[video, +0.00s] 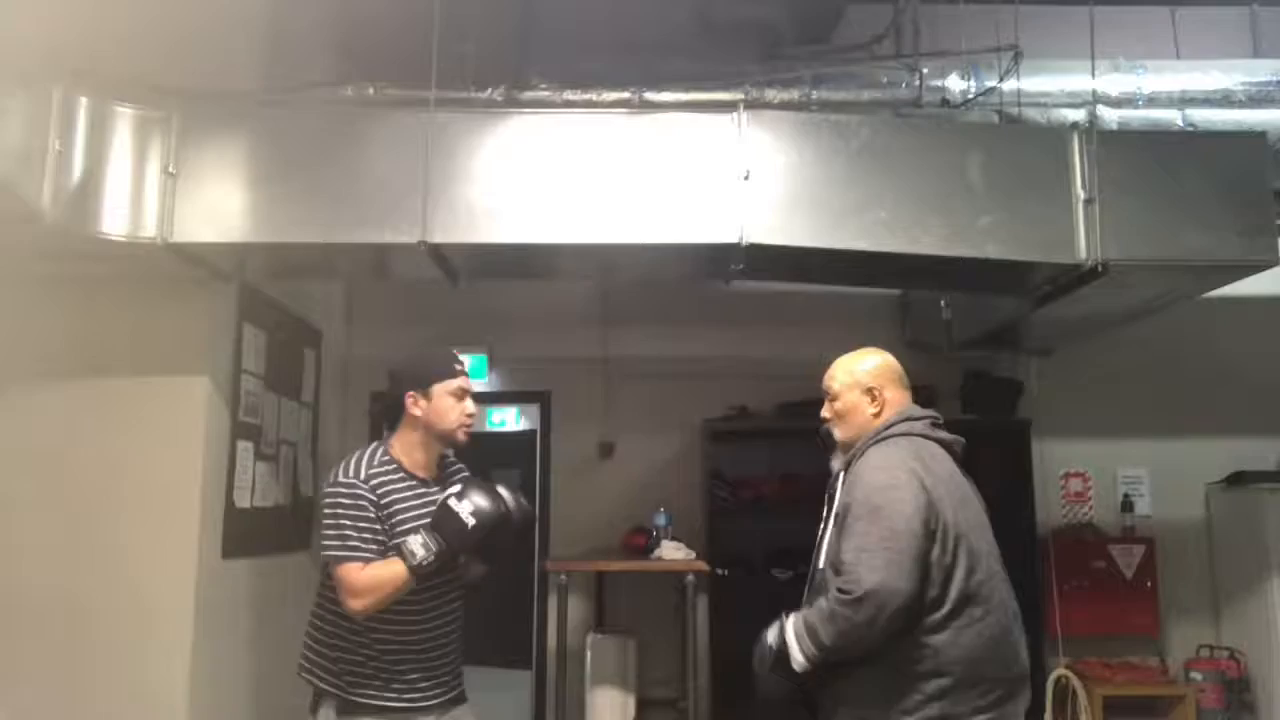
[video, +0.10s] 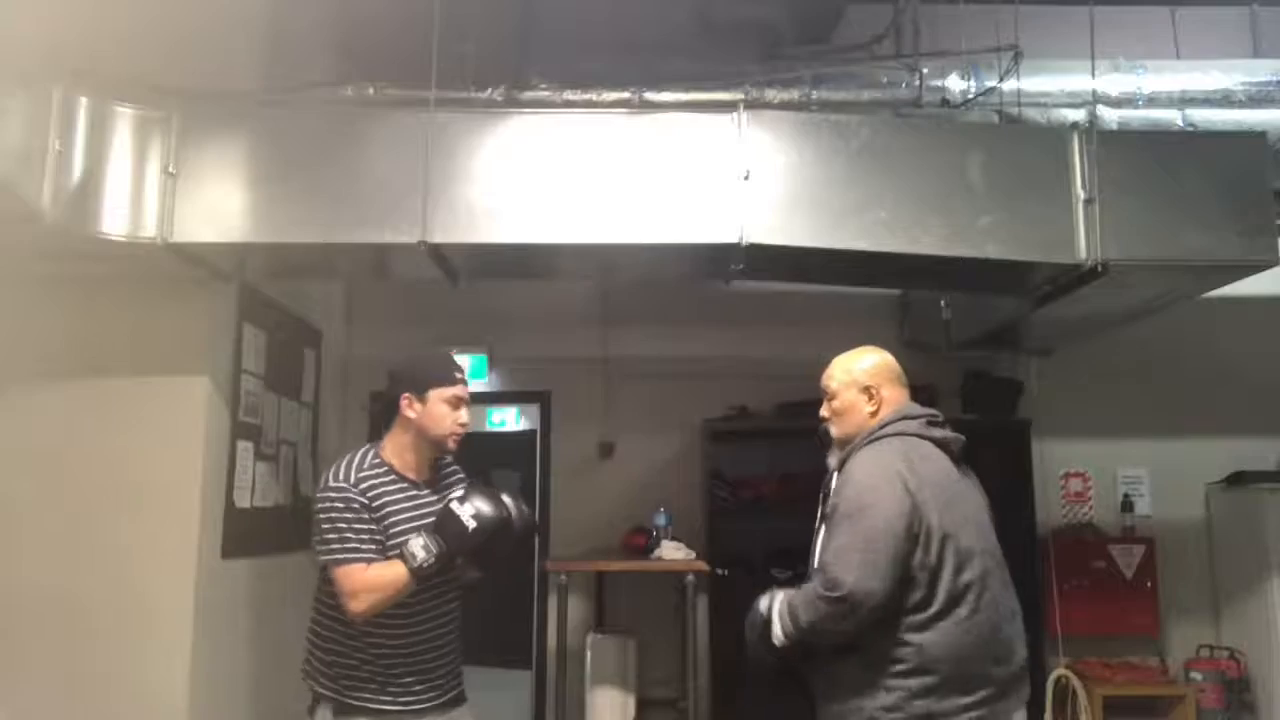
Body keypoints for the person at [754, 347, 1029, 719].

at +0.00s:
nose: (823, 413)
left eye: (832, 398)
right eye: (825, 400)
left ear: (874, 400)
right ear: (875, 400)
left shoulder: (886, 465)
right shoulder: (920, 454)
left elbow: (877, 590)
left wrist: (791, 641)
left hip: (928, 701)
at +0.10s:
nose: (822, 411)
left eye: (830, 397)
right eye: (824, 398)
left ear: (871, 399)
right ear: (872, 398)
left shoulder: (877, 465)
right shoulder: (934, 455)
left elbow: (855, 590)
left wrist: (775, 616)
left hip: (916, 700)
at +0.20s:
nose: (818, 410)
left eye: (827, 395)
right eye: (820, 397)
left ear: (869, 397)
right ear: (871, 397)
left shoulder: (867, 466)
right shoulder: (943, 454)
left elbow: (840, 590)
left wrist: (775, 588)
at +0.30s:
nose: (813, 411)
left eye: (821, 397)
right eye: (815, 399)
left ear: (863, 397)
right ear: (867, 397)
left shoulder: (860, 467)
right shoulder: (939, 453)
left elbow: (831, 588)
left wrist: (774, 574)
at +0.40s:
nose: (801, 413)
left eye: (809, 399)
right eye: (802, 401)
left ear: (850, 399)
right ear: (854, 399)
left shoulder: (850, 468)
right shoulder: (928, 452)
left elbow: (822, 592)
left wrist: (767, 572)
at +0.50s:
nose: (782, 418)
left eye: (790, 404)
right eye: (783, 406)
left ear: (829, 405)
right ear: (833, 404)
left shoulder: (835, 477)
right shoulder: (908, 455)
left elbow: (809, 604)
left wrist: (753, 579)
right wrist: (799, 487)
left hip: (883, 701)